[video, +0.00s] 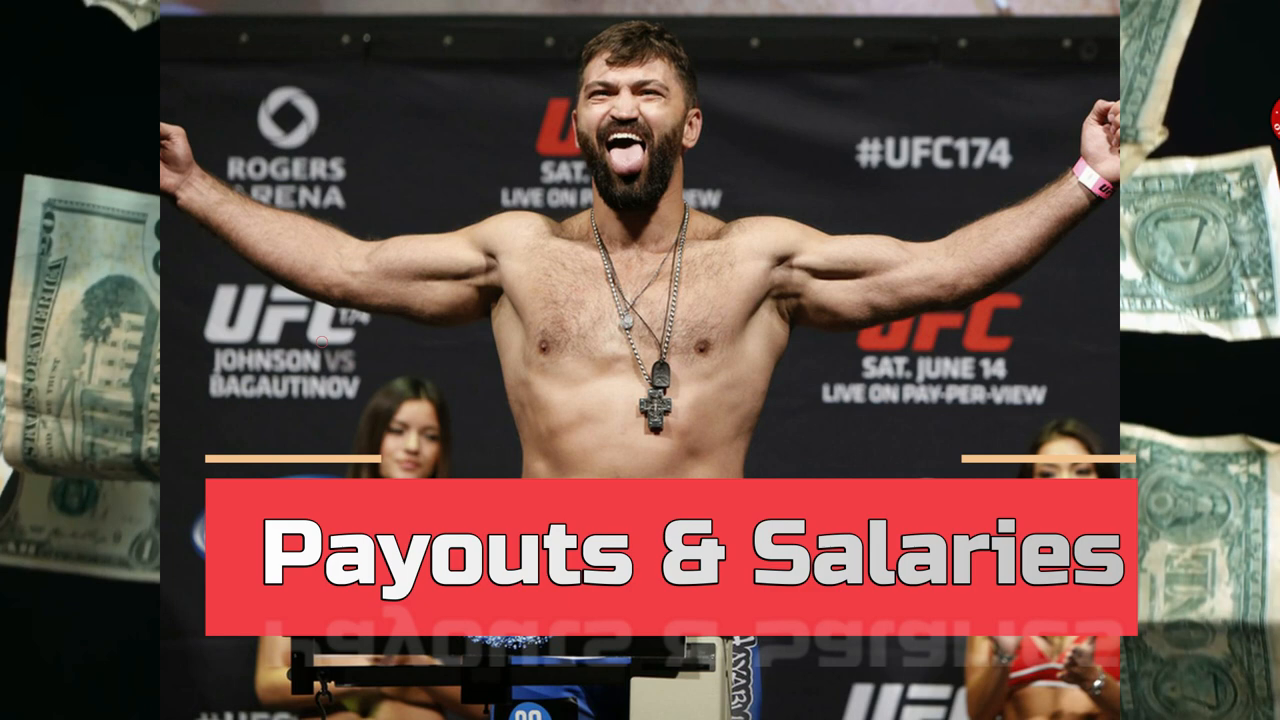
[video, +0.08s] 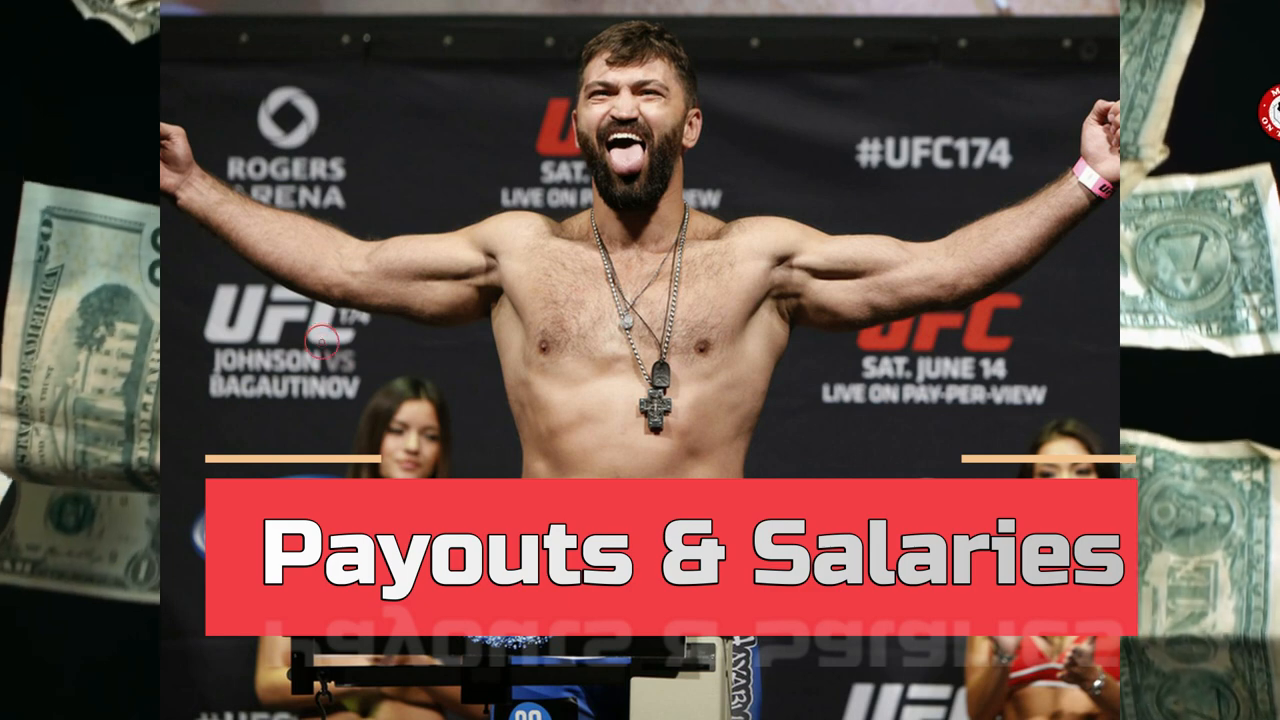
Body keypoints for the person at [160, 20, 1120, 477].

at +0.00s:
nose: (623, 106)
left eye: (647, 92)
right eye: (604, 92)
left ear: (690, 126)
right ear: (574, 125)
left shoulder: (764, 254)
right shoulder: (512, 246)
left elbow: (941, 269)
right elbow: (347, 267)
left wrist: (1083, 183)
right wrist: (197, 192)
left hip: (700, 597)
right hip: (541, 591)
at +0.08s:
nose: (623, 106)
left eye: (647, 92)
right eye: (604, 92)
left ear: (690, 126)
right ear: (574, 124)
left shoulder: (764, 254)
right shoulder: (512, 246)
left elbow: (941, 269)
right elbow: (347, 267)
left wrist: (1083, 184)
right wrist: (197, 192)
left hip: (700, 597)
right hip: (541, 591)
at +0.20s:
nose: (624, 107)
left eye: (648, 92)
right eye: (605, 92)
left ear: (691, 126)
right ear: (574, 123)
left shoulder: (763, 254)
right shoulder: (511, 247)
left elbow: (941, 269)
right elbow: (346, 266)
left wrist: (1083, 184)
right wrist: (197, 194)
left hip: (700, 599)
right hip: (541, 594)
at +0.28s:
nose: (623, 107)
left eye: (647, 92)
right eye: (604, 92)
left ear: (691, 126)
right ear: (574, 124)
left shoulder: (764, 254)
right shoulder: (512, 247)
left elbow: (941, 269)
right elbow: (347, 265)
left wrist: (1084, 183)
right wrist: (196, 193)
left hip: (699, 600)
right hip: (540, 595)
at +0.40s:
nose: (623, 107)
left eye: (647, 92)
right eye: (604, 92)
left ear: (691, 127)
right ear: (574, 125)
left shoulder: (764, 254)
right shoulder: (513, 245)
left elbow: (942, 269)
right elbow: (353, 270)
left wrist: (1084, 184)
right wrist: (203, 196)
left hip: (698, 598)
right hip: (540, 592)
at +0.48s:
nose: (623, 107)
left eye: (647, 92)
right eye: (603, 92)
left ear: (691, 127)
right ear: (574, 124)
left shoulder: (764, 254)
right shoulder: (519, 243)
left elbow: (942, 268)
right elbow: (351, 267)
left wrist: (1084, 183)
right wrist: (208, 197)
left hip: (694, 593)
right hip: (537, 586)